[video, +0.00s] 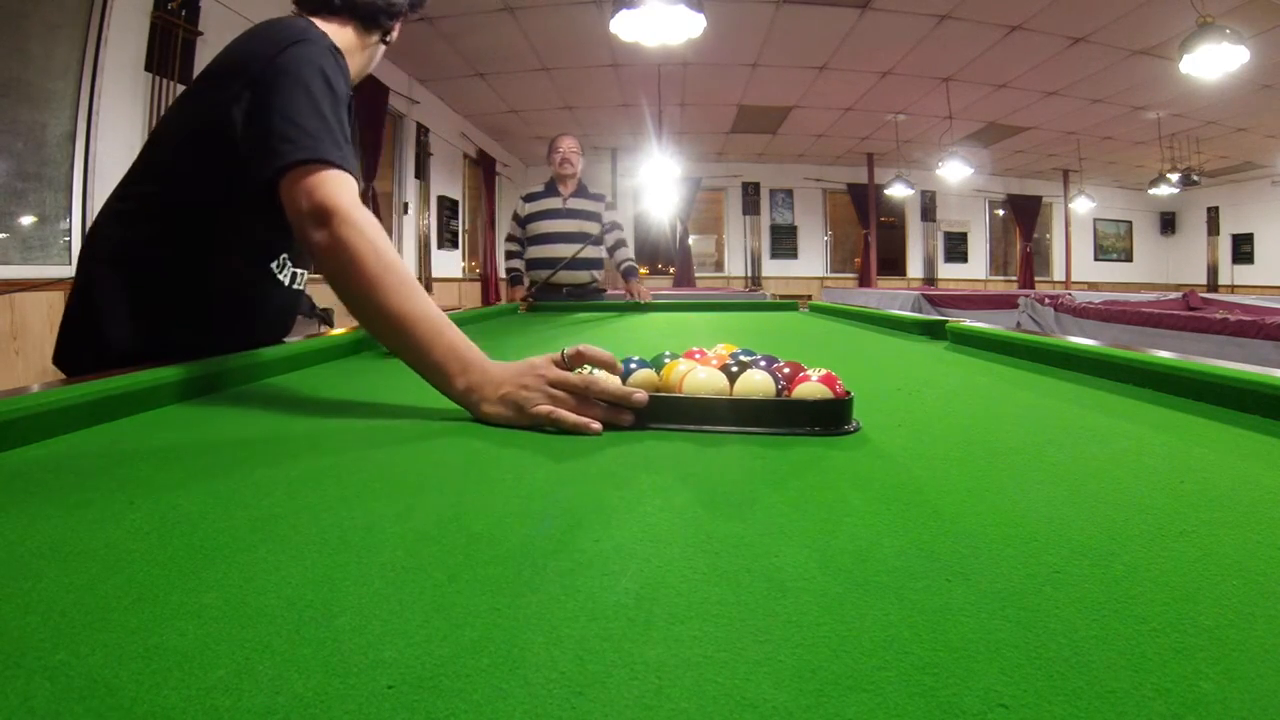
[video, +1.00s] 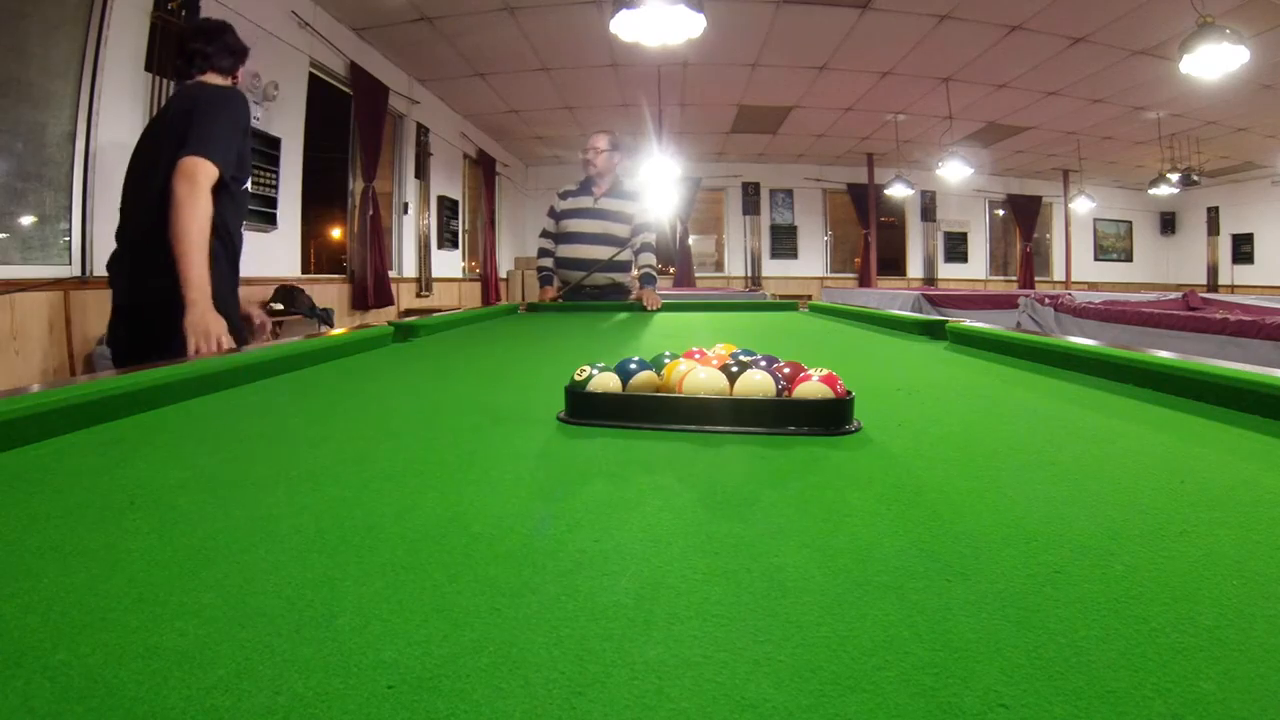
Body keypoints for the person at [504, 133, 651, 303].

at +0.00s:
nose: (565, 155)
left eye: (572, 151)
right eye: (558, 151)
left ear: (582, 162)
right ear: (549, 162)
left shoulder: (601, 202)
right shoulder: (529, 201)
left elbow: (616, 242)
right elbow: (514, 244)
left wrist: (632, 279)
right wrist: (516, 284)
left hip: (589, 297)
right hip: (544, 298)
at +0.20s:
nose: (583, 155)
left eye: (590, 150)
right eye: (577, 150)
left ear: (600, 158)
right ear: (568, 159)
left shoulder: (618, 203)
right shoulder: (546, 200)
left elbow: (632, 244)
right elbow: (531, 243)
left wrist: (641, 282)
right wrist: (531, 282)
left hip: (605, 299)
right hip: (558, 299)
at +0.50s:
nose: (609, 154)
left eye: (617, 150)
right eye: (602, 149)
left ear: (625, 157)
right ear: (593, 157)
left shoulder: (638, 203)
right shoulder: (569, 198)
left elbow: (649, 246)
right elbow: (551, 242)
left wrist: (649, 285)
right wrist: (549, 284)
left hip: (619, 300)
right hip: (574, 298)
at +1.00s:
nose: (588, 157)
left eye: (596, 151)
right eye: (586, 152)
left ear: (616, 158)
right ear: (583, 155)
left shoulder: (634, 200)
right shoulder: (565, 197)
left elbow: (644, 243)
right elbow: (546, 241)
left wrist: (648, 286)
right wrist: (546, 284)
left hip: (615, 298)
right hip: (570, 297)